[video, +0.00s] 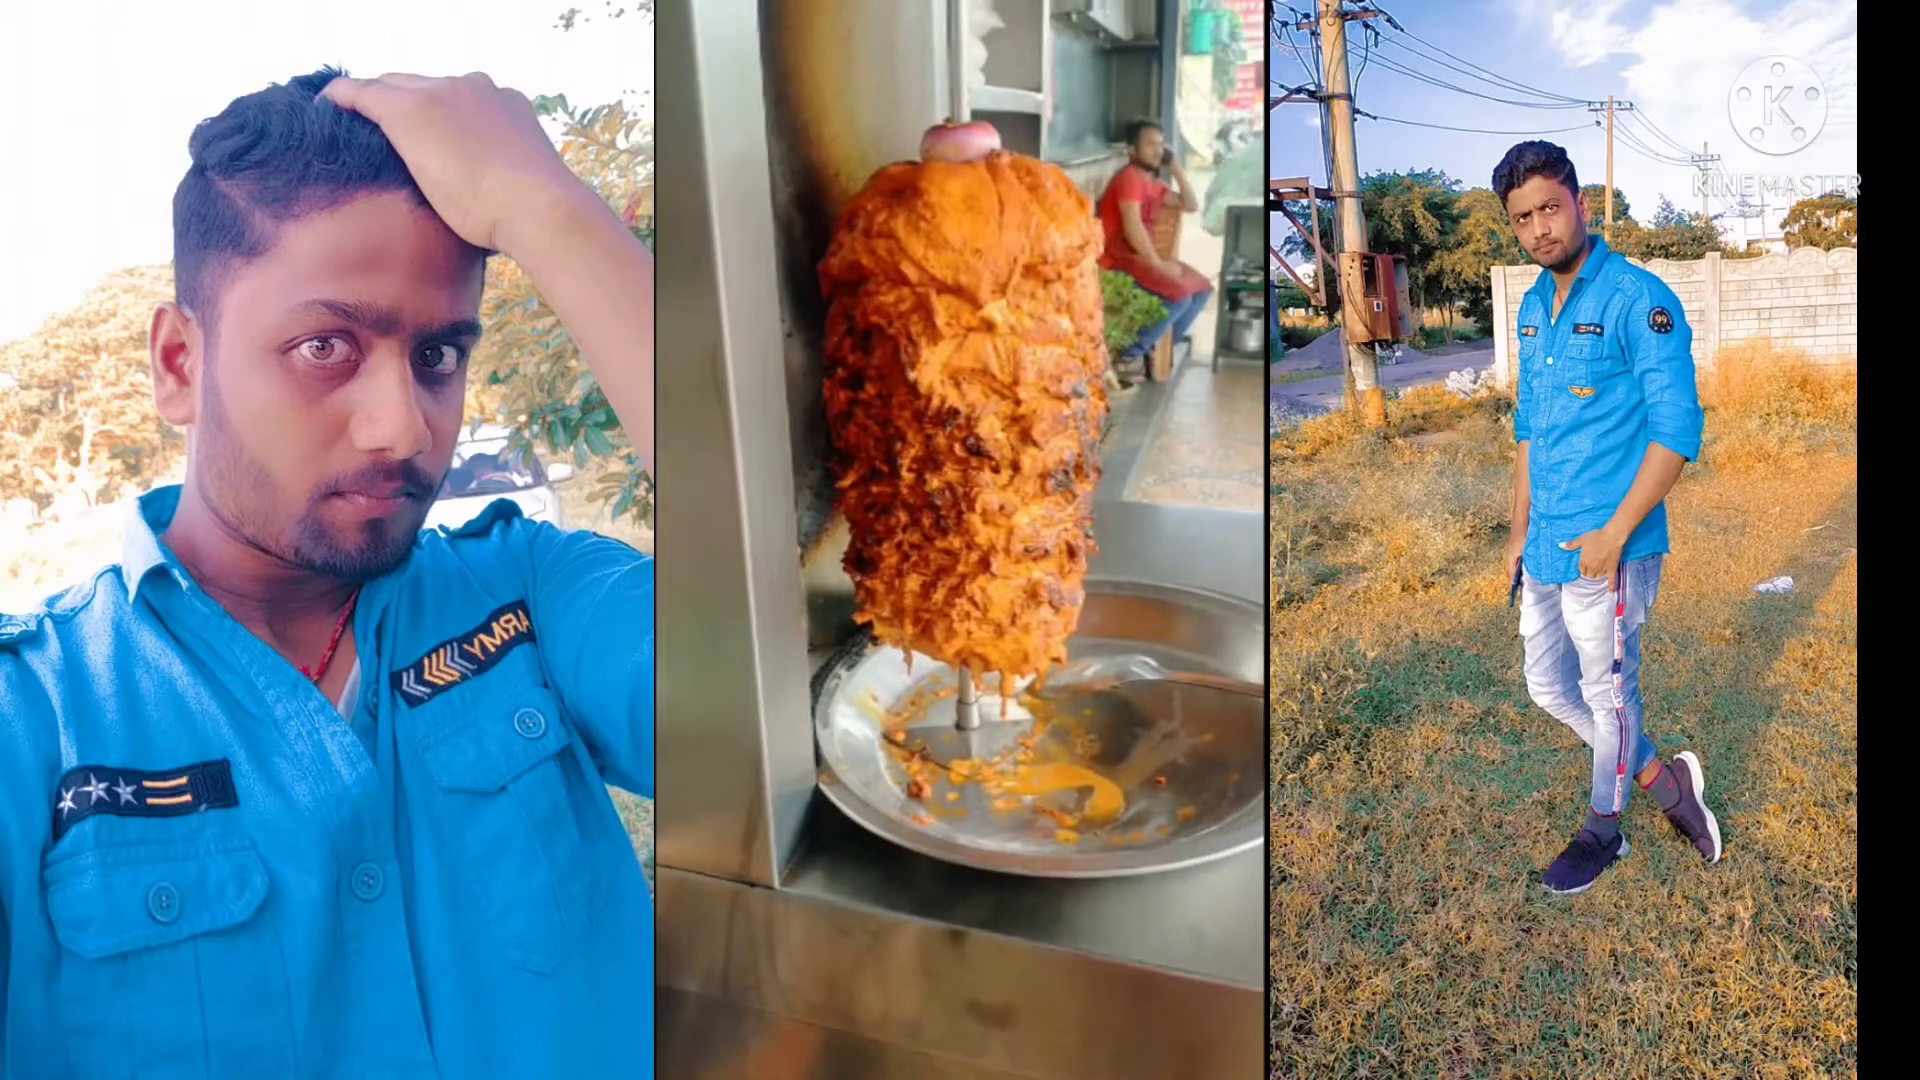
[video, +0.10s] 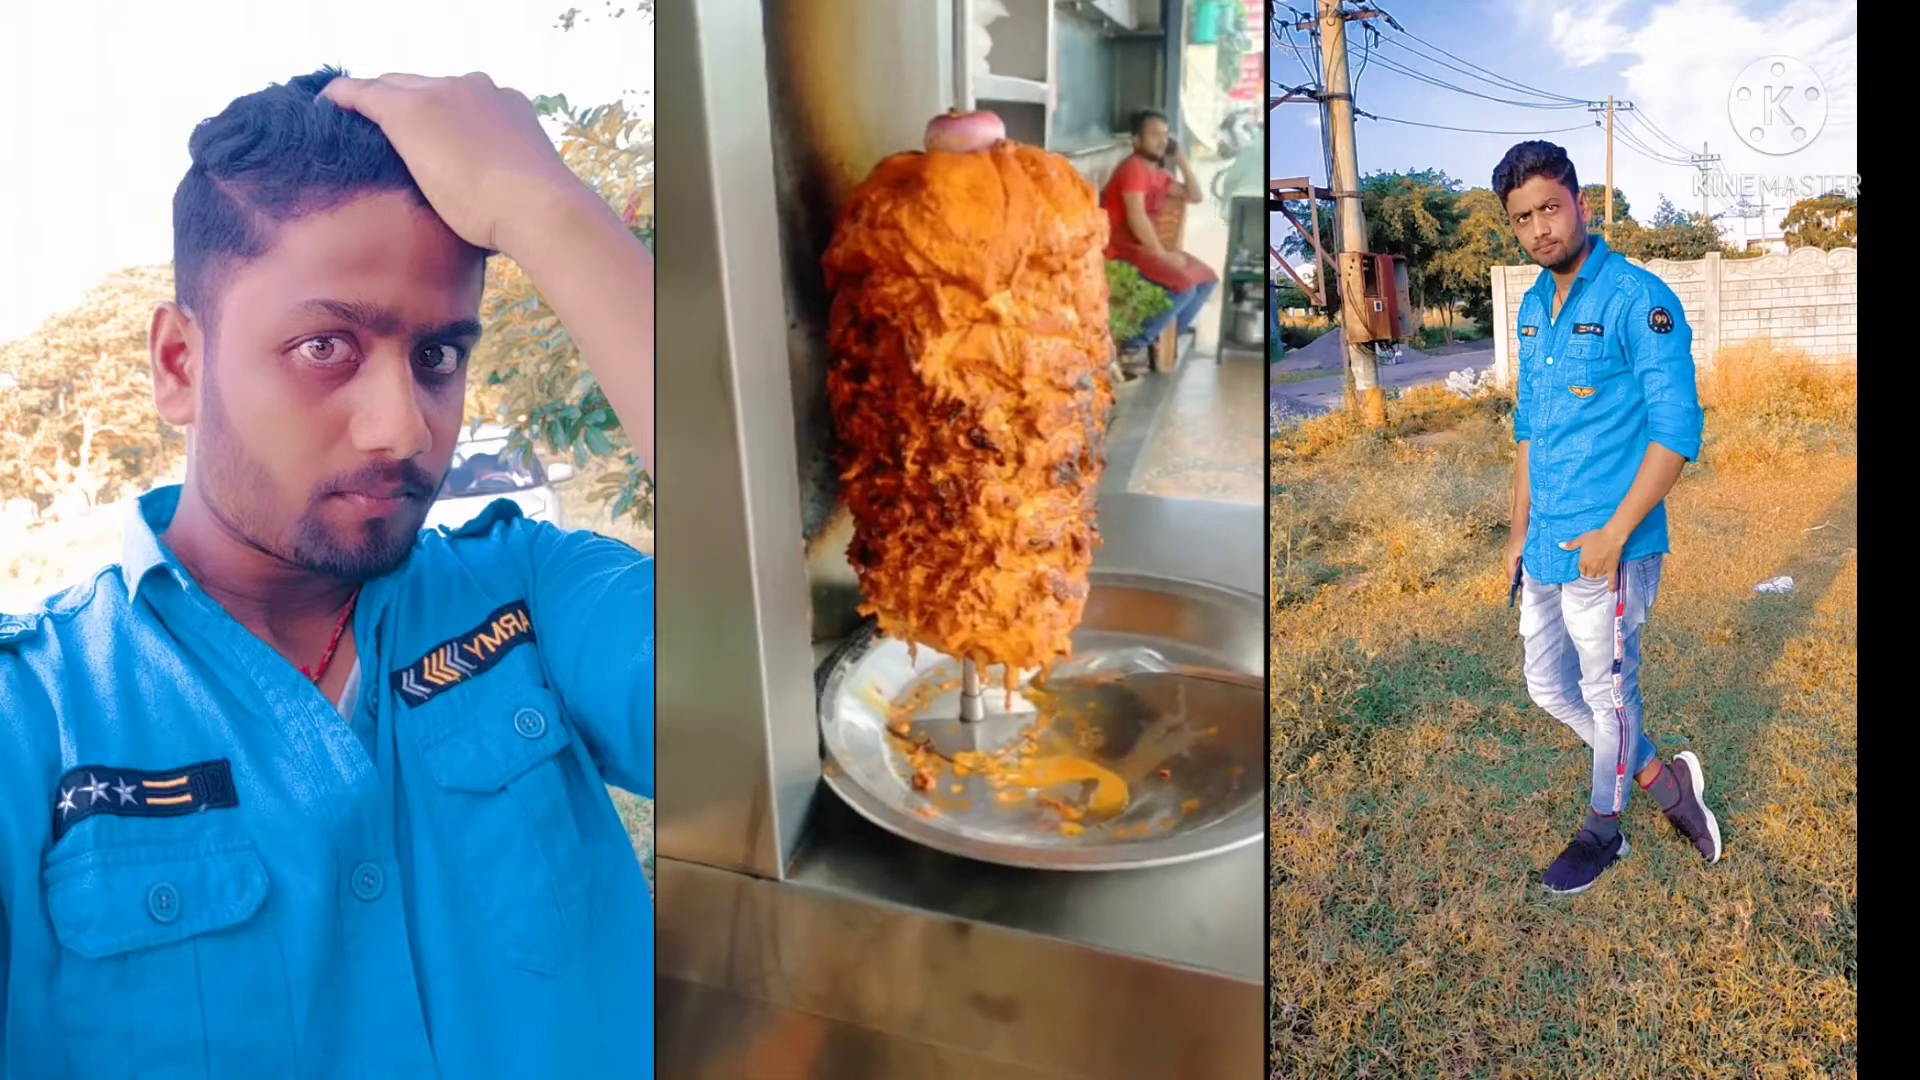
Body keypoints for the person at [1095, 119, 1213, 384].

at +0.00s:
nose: (1158, 150)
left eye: (1161, 144)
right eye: (1151, 144)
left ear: (1163, 149)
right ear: (1133, 148)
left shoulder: (1153, 183)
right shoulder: (1129, 178)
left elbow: (1189, 205)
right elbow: (1131, 227)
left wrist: (1176, 171)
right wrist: (1157, 264)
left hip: (1143, 254)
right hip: (1120, 256)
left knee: (1201, 288)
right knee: (1179, 295)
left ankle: (1163, 347)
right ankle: (1131, 354)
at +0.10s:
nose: (1163, 140)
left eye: (1166, 134)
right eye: (1156, 134)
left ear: (1168, 140)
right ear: (1137, 140)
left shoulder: (1157, 173)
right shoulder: (1133, 168)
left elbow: (1194, 196)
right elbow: (1136, 218)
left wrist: (1180, 159)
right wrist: (1161, 254)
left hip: (1146, 246)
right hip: (1123, 248)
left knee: (1206, 279)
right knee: (1182, 285)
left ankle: (1167, 340)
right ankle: (1134, 347)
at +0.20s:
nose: (1178, 122)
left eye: (1181, 116)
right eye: (1171, 116)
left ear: (1183, 121)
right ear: (1153, 120)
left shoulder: (1172, 154)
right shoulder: (1148, 149)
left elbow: (1209, 178)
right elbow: (1150, 200)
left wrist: (1195, 141)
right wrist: (1175, 237)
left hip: (1163, 228)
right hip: (1139, 230)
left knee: (1220, 262)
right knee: (1198, 269)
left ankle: (1181, 322)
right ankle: (1148, 328)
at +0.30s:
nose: (1185, 84)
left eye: (1188, 79)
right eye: (1178, 78)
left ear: (1190, 83)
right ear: (1160, 82)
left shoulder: (1179, 117)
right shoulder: (1154, 112)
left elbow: (1215, 143)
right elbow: (1155, 162)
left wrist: (1202, 105)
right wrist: (1178, 202)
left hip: (1171, 193)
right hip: (1146, 194)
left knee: (1225, 229)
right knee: (1202, 236)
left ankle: (1183, 288)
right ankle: (1150, 295)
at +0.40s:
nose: (1196, 67)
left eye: (1199, 61)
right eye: (1189, 61)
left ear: (1201, 66)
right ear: (1170, 64)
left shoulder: (1188, 100)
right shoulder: (1164, 95)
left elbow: (1225, 128)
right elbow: (1165, 147)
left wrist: (1213, 88)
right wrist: (1189, 187)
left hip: (1179, 178)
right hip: (1154, 179)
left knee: (1235, 214)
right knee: (1211, 220)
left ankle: (1192, 270)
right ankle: (1158, 278)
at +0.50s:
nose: (1204, 63)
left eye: (1207, 57)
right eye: (1197, 57)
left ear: (1209, 63)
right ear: (1178, 61)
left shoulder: (1195, 97)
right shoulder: (1173, 91)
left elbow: (1234, 123)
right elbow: (1172, 142)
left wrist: (1221, 83)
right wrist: (1196, 184)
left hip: (1180, 174)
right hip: (1157, 174)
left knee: (1241, 210)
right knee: (1217, 217)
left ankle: (1190, 270)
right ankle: (1163, 276)